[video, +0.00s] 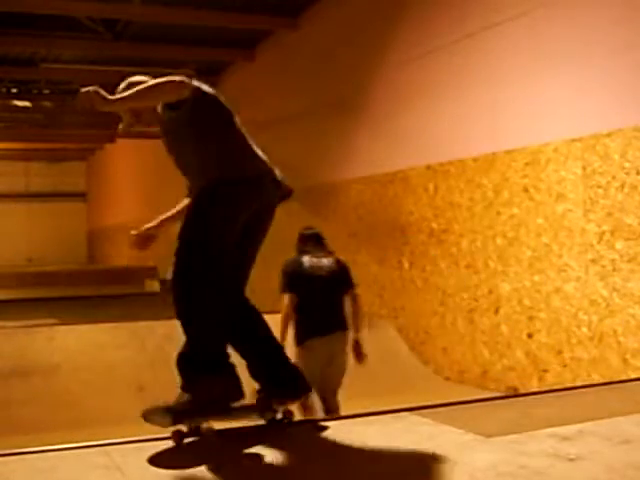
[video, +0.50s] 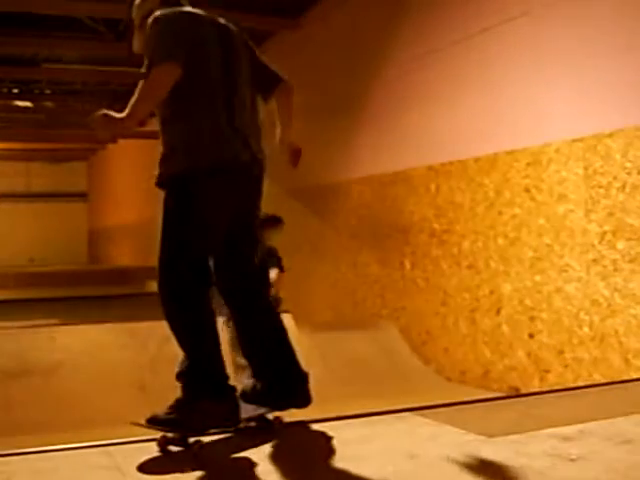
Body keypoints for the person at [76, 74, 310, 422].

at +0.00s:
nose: (130, 124)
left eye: (128, 114)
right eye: (126, 119)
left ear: (140, 96)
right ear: (148, 104)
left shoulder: (185, 96)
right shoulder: (181, 126)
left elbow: (179, 85)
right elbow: (202, 191)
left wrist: (114, 102)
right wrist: (157, 225)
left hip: (226, 193)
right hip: (254, 193)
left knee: (191, 287)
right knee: (225, 293)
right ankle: (283, 383)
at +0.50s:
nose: (137, 36)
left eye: (137, 24)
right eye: (136, 28)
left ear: (150, 8)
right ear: (181, 5)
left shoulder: (163, 22)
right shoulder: (225, 31)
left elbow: (165, 70)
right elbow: (281, 89)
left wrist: (125, 121)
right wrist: (287, 136)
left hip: (195, 175)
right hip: (242, 173)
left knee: (180, 283)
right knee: (241, 278)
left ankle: (208, 398)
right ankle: (283, 383)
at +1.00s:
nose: (135, 56)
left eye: (133, 44)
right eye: (133, 49)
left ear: (142, 24)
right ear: (168, 16)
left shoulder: (159, 18)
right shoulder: (213, 38)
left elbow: (173, 53)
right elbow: (221, 121)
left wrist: (143, 111)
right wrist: (175, 157)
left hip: (206, 167)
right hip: (247, 164)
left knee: (174, 279)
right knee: (240, 272)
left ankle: (184, 396)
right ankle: (279, 383)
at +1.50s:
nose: (147, 58)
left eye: (147, 53)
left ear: (147, 52)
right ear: (184, 49)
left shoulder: (142, 70)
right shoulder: (214, 74)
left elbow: (111, 133)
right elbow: (250, 143)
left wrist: (94, 195)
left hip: (186, 190)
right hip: (237, 186)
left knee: (160, 292)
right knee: (224, 287)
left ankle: (182, 398)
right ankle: (277, 384)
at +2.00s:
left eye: (94, 149)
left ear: (100, 145)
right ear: (134, 137)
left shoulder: (98, 157)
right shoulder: (160, 149)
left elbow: (67, 183)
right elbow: (209, 191)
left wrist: (52, 242)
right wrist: (189, 224)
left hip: (134, 244)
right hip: (179, 236)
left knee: (155, 340)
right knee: (213, 315)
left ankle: (167, 431)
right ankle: (209, 377)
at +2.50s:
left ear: (44, 236)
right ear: (69, 234)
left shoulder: (31, 253)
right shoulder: (80, 252)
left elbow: (9, 289)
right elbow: (112, 281)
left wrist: (8, 317)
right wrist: (131, 313)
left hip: (18, 333)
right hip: (49, 336)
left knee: (34, 401)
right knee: (60, 404)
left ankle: (23, 459)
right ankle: (46, 460)